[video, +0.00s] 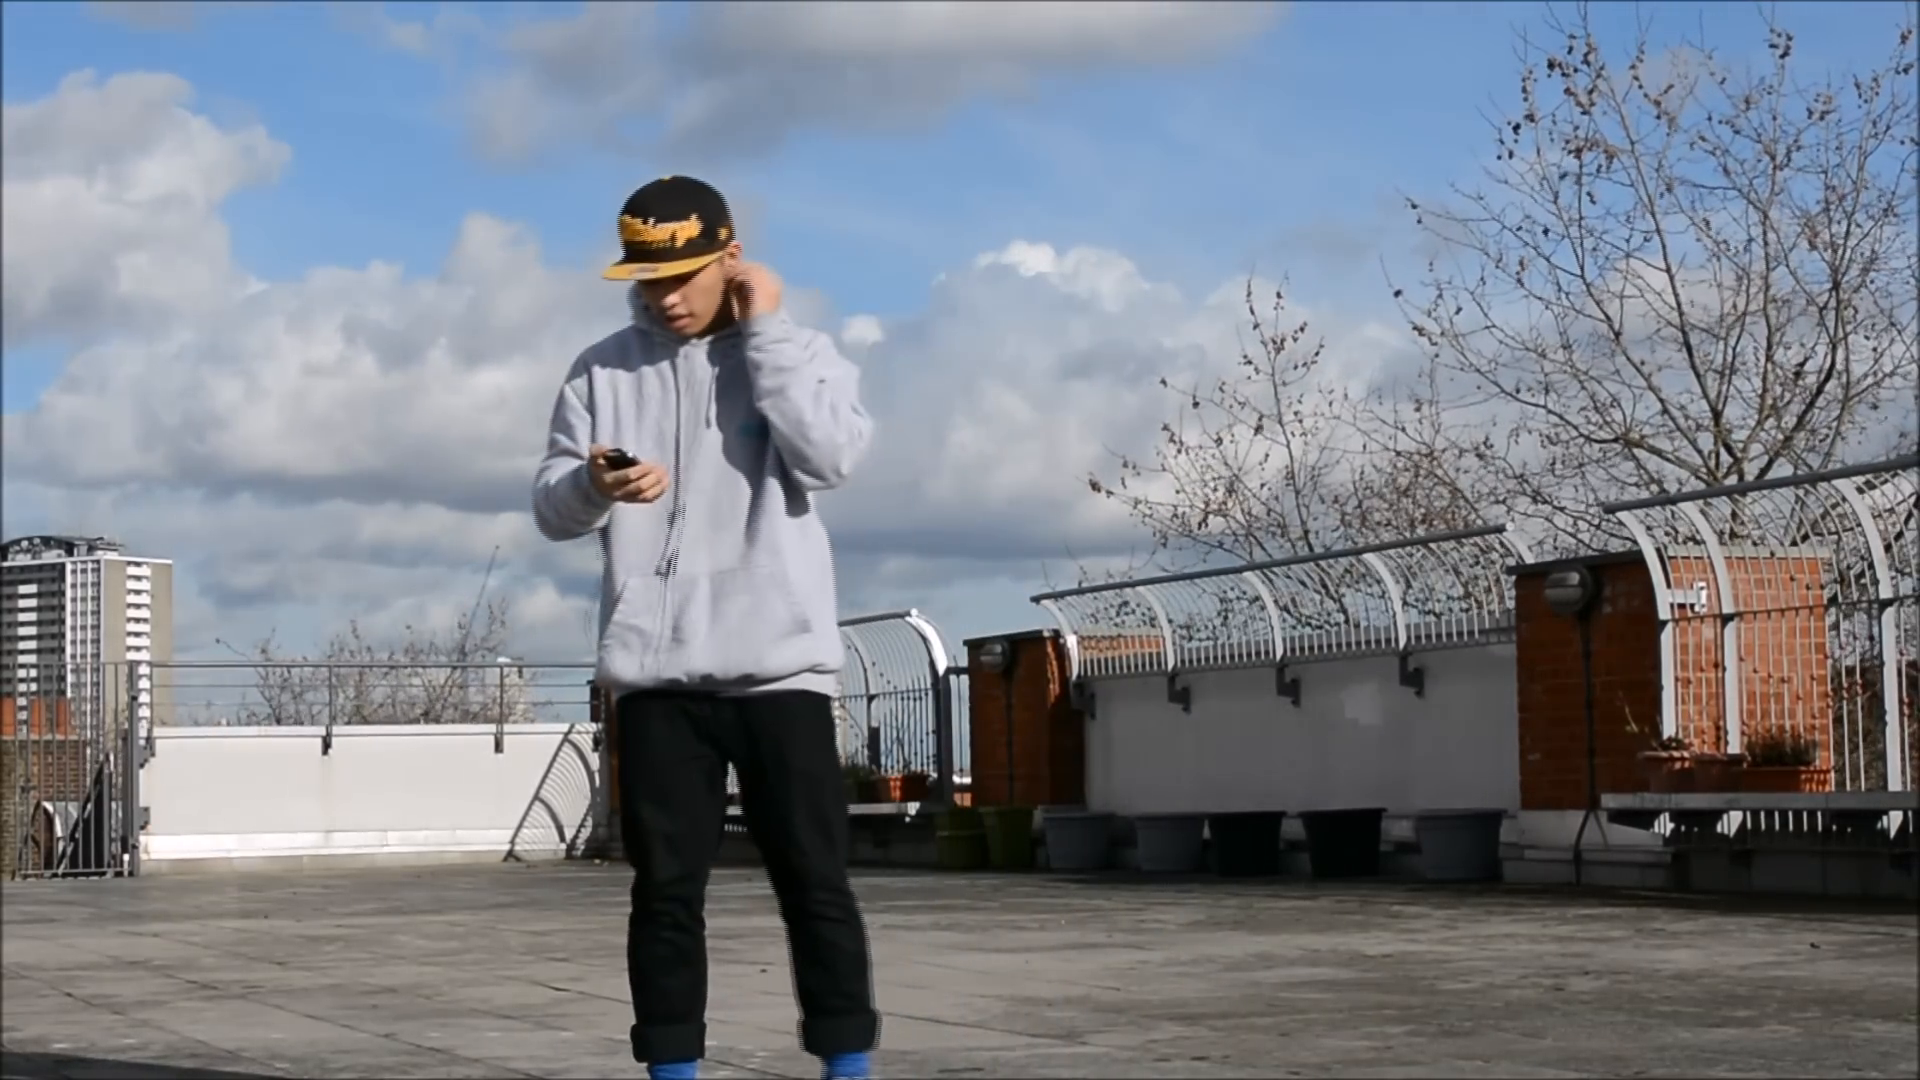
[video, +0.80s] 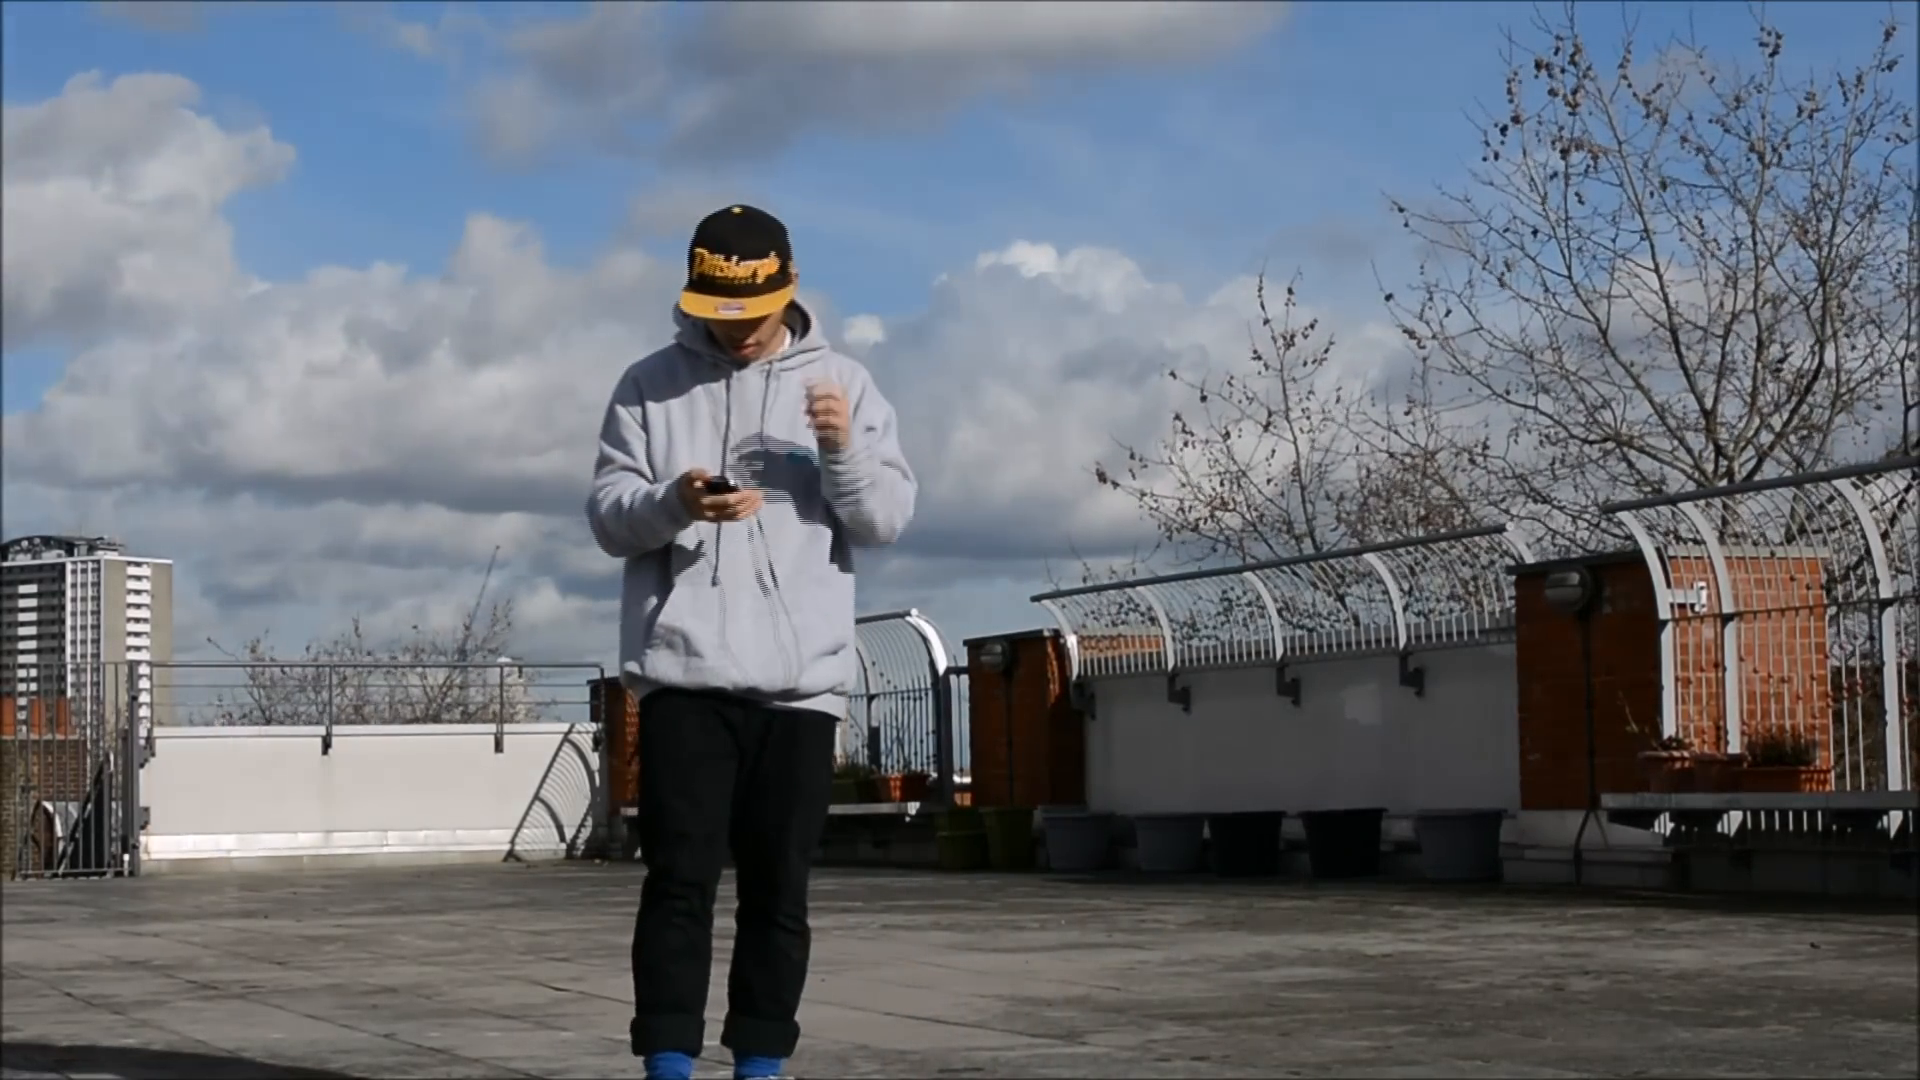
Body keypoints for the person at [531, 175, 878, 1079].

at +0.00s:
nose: (665, 300)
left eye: (682, 279)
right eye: (647, 283)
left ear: (730, 257)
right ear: (628, 272)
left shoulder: (793, 350)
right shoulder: (600, 371)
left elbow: (831, 457)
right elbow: (551, 510)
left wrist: (765, 328)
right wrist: (596, 486)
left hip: (780, 662)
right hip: (654, 667)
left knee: (813, 878)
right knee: (665, 884)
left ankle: (846, 1062)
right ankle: (672, 1068)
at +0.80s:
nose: (736, 331)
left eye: (753, 315)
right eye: (719, 316)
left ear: (787, 292)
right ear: (694, 297)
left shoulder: (844, 381)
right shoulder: (649, 385)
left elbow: (885, 522)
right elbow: (611, 519)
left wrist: (843, 449)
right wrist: (676, 502)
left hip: (799, 678)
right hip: (683, 675)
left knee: (780, 882)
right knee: (680, 876)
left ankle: (763, 1061)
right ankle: (668, 1060)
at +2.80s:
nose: (761, 301)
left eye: (779, 285)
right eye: (746, 283)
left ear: (819, 278)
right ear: (726, 277)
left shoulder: (867, 389)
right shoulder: (665, 376)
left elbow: (908, 505)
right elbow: (595, 489)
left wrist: (857, 546)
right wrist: (596, 609)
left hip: (805, 678)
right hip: (684, 669)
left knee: (779, 883)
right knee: (673, 875)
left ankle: (760, 1062)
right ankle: (654, 1061)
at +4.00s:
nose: (761, 276)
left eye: (782, 258)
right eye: (746, 258)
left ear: (819, 264)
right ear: (727, 263)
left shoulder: (870, 380)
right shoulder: (673, 362)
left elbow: (904, 495)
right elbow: (625, 483)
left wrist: (873, 546)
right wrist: (638, 590)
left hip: (805, 672)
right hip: (686, 659)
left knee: (780, 884)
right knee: (673, 872)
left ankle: (762, 1063)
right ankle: (653, 1062)